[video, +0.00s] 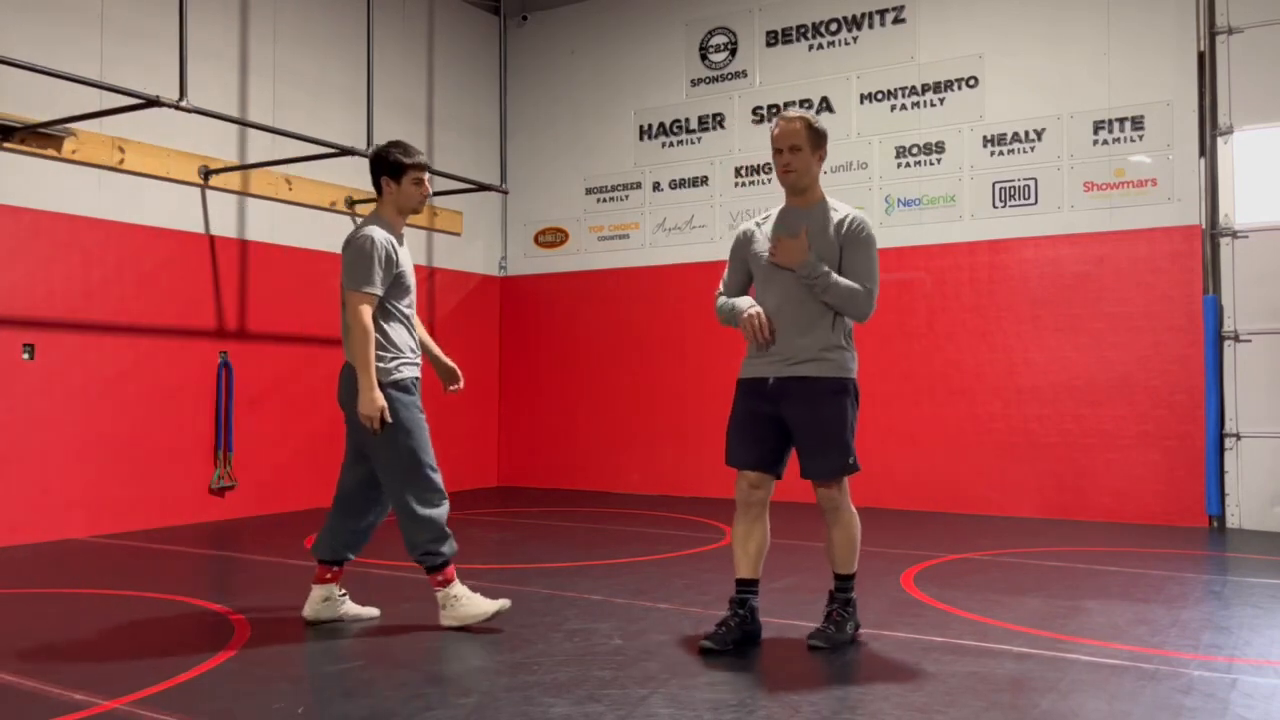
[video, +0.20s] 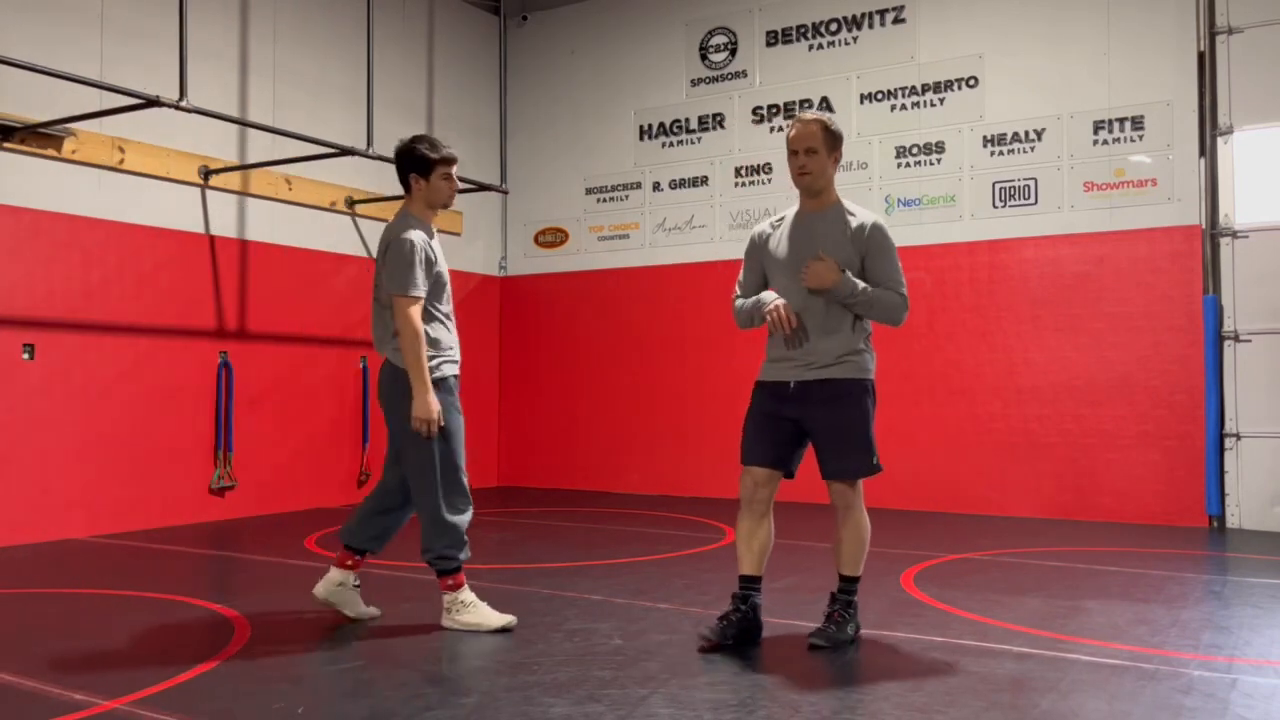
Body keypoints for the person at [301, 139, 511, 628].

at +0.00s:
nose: (427, 190)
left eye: (427, 182)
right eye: (418, 182)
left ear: (404, 188)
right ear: (388, 184)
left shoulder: (393, 241)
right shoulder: (369, 241)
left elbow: (405, 315)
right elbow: (357, 315)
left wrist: (439, 358)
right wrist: (367, 385)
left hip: (385, 381)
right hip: (385, 383)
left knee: (363, 486)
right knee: (420, 484)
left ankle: (324, 591)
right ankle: (450, 594)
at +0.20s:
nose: (456, 184)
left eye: (455, 175)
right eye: (447, 176)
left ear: (424, 182)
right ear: (416, 181)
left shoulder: (417, 233)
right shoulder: (409, 238)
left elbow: (412, 318)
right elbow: (408, 319)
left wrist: (429, 381)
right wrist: (422, 390)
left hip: (415, 377)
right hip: (423, 380)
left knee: (401, 483)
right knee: (445, 488)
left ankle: (340, 576)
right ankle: (456, 597)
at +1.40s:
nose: (546, 185)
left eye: (545, 176)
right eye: (538, 177)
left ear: (517, 182)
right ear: (509, 181)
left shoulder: (520, 239)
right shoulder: (478, 244)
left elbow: (523, 313)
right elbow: (470, 319)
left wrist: (539, 372)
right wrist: (481, 389)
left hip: (536, 380)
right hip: (504, 383)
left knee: (537, 485)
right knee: (496, 487)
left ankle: (512, 584)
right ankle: (461, 597)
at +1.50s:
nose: (552, 186)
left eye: (551, 177)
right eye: (544, 177)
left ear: (525, 183)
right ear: (515, 182)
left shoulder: (526, 238)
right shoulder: (486, 242)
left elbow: (528, 312)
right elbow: (476, 314)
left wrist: (543, 370)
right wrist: (498, 383)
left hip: (541, 378)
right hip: (510, 381)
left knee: (541, 485)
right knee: (502, 486)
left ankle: (513, 583)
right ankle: (463, 596)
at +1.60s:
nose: (560, 188)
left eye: (560, 179)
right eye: (553, 179)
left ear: (532, 186)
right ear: (524, 183)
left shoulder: (531, 241)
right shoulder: (494, 242)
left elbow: (529, 313)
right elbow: (483, 312)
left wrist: (544, 370)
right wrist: (510, 376)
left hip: (543, 379)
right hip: (513, 381)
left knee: (547, 484)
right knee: (509, 486)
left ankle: (513, 583)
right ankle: (464, 595)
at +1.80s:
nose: (576, 196)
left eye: (576, 188)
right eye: (568, 187)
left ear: (548, 192)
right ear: (540, 189)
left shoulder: (543, 247)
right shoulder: (510, 239)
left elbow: (539, 317)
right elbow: (491, 302)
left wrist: (553, 373)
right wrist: (520, 367)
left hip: (545, 380)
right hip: (514, 381)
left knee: (549, 486)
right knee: (527, 486)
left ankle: (512, 583)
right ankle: (471, 587)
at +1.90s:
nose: (580, 199)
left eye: (581, 191)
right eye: (574, 189)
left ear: (556, 194)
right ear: (546, 190)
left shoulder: (546, 248)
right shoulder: (515, 237)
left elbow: (542, 321)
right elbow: (487, 296)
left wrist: (556, 371)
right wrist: (520, 355)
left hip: (542, 381)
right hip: (514, 381)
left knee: (545, 480)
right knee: (534, 476)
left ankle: (510, 581)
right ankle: (477, 582)